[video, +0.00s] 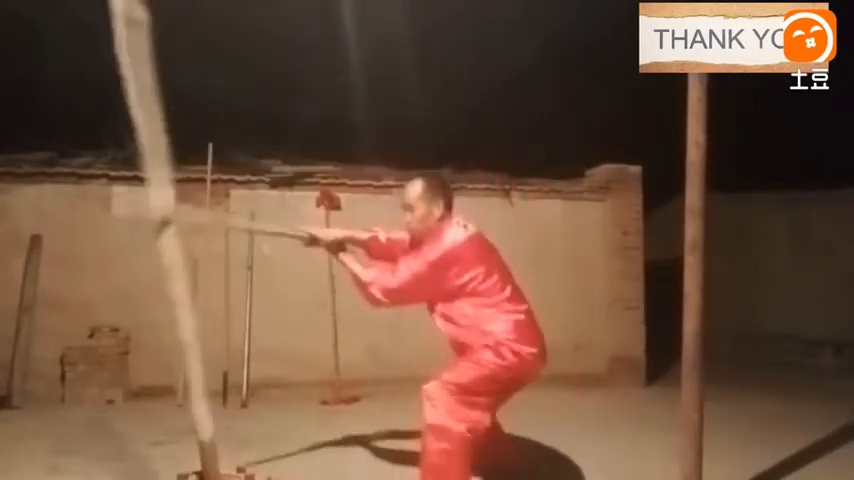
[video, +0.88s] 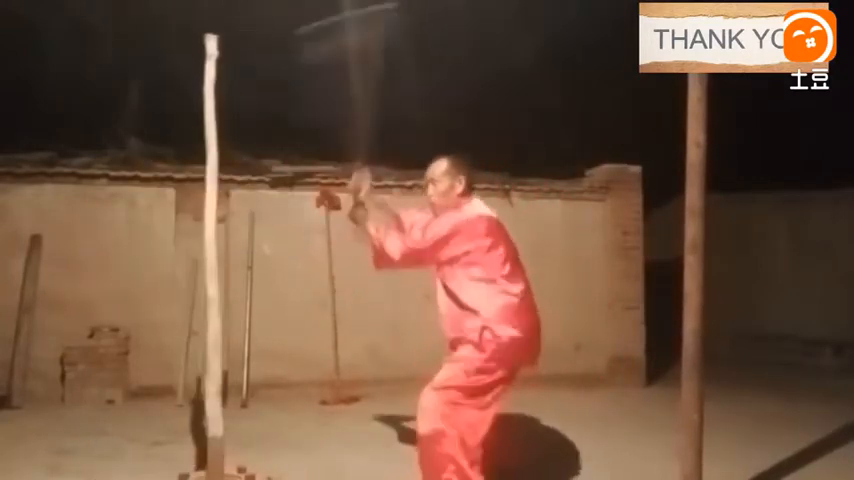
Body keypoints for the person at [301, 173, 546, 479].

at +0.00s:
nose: (405, 218)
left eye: (410, 209)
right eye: (405, 209)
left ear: (438, 210)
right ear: (436, 209)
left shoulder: (449, 248)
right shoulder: (452, 235)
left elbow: (384, 289)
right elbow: (395, 244)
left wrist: (343, 253)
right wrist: (342, 236)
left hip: (508, 352)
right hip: (511, 347)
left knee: (440, 395)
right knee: (460, 397)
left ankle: (445, 474)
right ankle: (497, 460)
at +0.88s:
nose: (428, 191)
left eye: (435, 183)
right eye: (427, 183)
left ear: (459, 184)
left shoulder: (470, 220)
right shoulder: (464, 217)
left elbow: (404, 246)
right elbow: (405, 223)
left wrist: (364, 209)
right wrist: (351, 205)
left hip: (496, 337)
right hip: (497, 335)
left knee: (437, 401)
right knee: (458, 406)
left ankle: (450, 474)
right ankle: (465, 473)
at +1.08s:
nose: (429, 175)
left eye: (436, 166)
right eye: (427, 168)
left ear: (460, 168)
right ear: (430, 169)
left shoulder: (473, 206)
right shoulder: (453, 202)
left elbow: (409, 219)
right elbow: (408, 199)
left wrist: (345, 200)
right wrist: (375, 166)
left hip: (501, 326)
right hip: (477, 323)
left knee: (473, 409)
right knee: (474, 407)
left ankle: (464, 474)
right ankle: (473, 471)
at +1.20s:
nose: (423, 166)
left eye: (429, 158)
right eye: (422, 159)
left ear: (453, 160)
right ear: (449, 162)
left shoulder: (468, 194)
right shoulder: (445, 192)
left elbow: (404, 204)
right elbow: (392, 184)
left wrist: (336, 192)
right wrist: (366, 145)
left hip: (499, 304)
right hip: (470, 306)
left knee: (483, 367)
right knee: (466, 377)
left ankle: (517, 457)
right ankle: (487, 457)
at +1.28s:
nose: (419, 164)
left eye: (425, 155)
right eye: (417, 157)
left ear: (449, 156)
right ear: (424, 162)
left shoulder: (466, 189)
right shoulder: (440, 190)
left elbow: (402, 206)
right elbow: (379, 188)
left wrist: (334, 192)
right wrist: (353, 148)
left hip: (492, 305)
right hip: (466, 308)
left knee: (486, 383)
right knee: (463, 390)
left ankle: (519, 461)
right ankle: (488, 461)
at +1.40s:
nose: (418, 158)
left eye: (425, 150)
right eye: (414, 151)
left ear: (448, 148)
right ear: (411, 153)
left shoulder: (467, 186)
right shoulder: (413, 190)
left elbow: (452, 230)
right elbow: (373, 200)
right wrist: (334, 200)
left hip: (481, 293)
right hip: (439, 293)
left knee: (461, 363)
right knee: (443, 365)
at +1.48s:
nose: (412, 164)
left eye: (419, 155)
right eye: (408, 157)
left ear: (444, 153)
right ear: (406, 159)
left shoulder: (466, 191)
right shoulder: (412, 196)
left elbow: (476, 249)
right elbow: (379, 210)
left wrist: (439, 267)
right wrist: (343, 206)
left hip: (462, 296)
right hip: (424, 295)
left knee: (445, 372)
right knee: (426, 371)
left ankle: (426, 458)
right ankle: (427, 439)